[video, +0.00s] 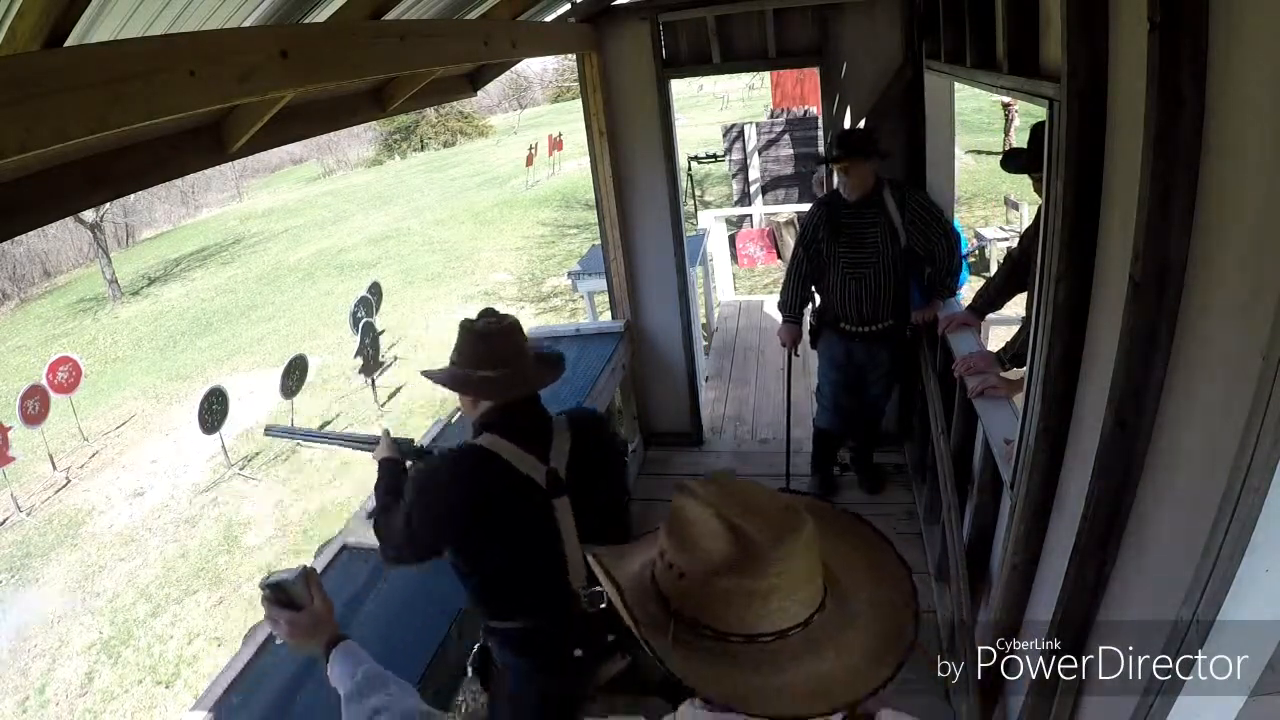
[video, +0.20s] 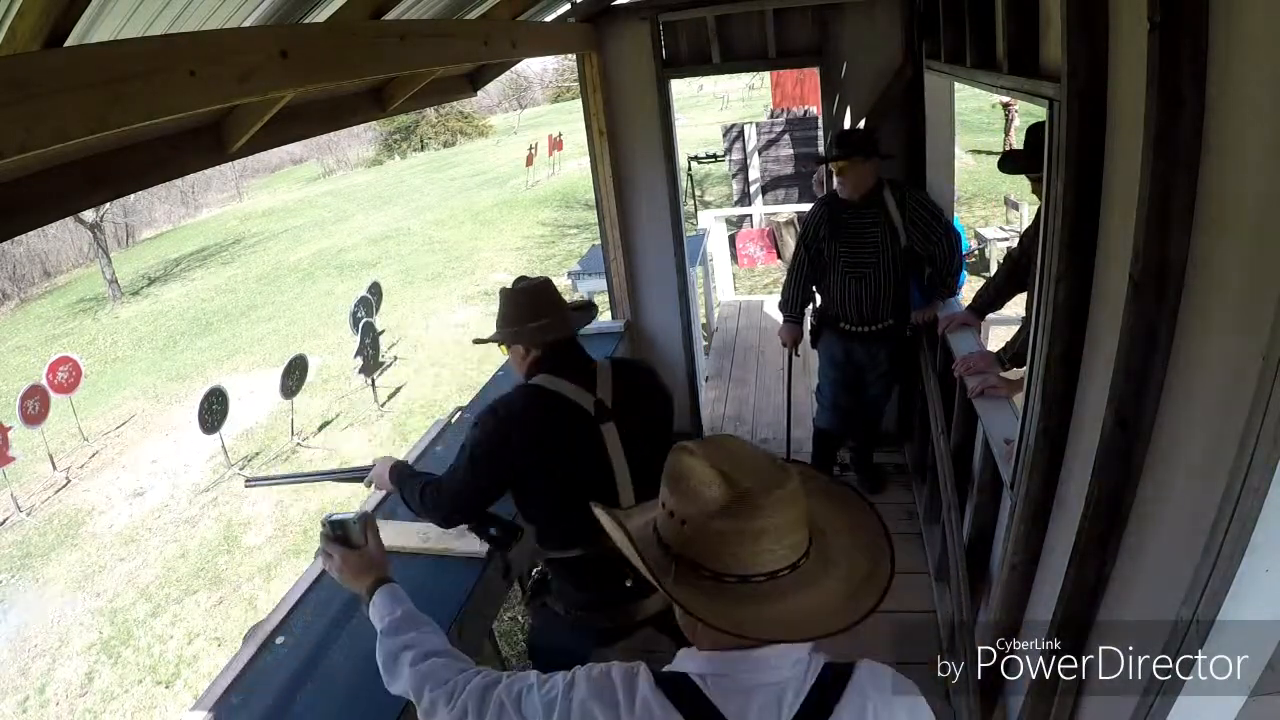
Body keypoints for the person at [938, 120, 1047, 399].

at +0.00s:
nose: (1034, 184)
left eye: (1039, 175)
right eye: (1032, 175)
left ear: (1059, 173)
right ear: (1033, 171)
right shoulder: (1050, 213)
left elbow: (1054, 306)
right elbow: (1020, 261)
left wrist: (1004, 358)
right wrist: (976, 310)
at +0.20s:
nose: (1033, 186)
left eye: (1037, 177)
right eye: (1030, 177)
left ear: (1057, 174)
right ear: (1032, 173)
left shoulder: (1070, 225)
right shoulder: (1050, 214)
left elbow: (1055, 306)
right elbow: (1020, 261)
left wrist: (1004, 358)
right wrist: (976, 310)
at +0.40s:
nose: (1031, 187)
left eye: (1036, 178)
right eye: (1029, 178)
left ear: (1056, 174)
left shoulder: (1068, 222)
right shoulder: (1051, 213)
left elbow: (1053, 306)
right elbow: (1021, 261)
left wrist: (1004, 358)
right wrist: (976, 310)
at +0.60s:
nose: (1030, 188)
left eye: (1034, 179)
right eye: (1028, 180)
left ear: (1055, 175)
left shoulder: (1069, 225)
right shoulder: (1051, 214)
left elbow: (1053, 307)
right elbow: (1020, 262)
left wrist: (1004, 357)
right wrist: (976, 310)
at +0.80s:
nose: (1030, 188)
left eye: (1034, 179)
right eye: (1027, 179)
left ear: (1056, 175)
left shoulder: (1069, 226)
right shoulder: (1049, 215)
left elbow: (1053, 306)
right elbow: (1019, 263)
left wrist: (1004, 357)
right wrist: (976, 310)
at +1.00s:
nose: (1027, 185)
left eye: (1031, 176)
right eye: (1026, 177)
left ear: (1051, 174)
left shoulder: (1067, 223)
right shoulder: (1049, 214)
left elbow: (1052, 306)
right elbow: (1019, 263)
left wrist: (1003, 358)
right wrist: (975, 311)